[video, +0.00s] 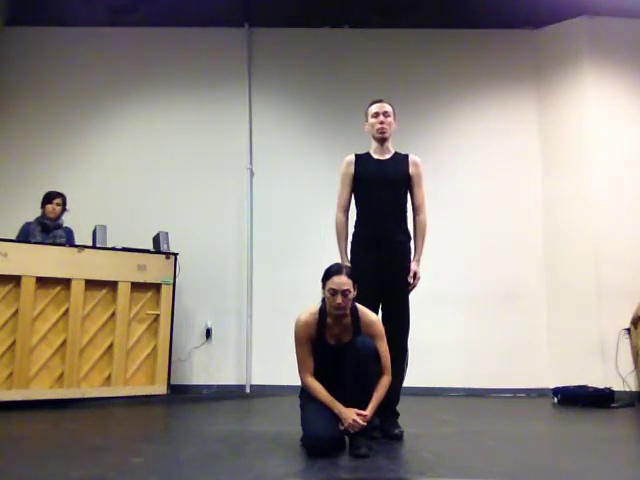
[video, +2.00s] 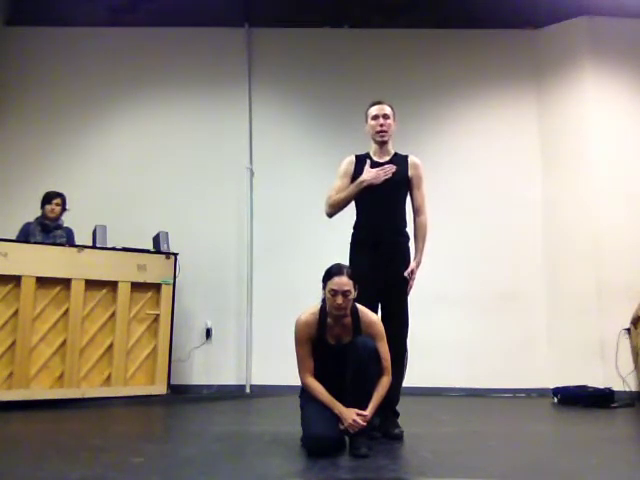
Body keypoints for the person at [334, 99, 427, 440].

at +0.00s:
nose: (381, 120)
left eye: (386, 115)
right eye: (375, 116)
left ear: (395, 123)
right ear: (366, 125)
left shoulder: (411, 165)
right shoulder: (352, 164)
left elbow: (420, 214)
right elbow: (341, 213)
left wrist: (417, 259)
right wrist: (344, 261)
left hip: (397, 259)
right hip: (363, 259)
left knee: (396, 339)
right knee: (359, 338)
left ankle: (389, 415)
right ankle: (360, 417)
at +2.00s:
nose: (381, 122)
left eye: (387, 117)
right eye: (376, 117)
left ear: (395, 124)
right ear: (366, 126)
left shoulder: (411, 166)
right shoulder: (353, 164)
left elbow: (420, 215)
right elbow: (331, 207)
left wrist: (417, 260)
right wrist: (363, 182)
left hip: (396, 258)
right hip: (362, 257)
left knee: (395, 339)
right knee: (359, 337)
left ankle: (388, 415)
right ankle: (359, 416)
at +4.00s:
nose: (381, 125)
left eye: (386, 119)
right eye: (375, 120)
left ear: (394, 125)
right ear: (366, 127)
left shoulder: (409, 166)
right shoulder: (353, 164)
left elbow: (419, 215)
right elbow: (333, 205)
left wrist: (416, 259)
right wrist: (365, 176)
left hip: (394, 257)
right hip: (362, 257)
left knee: (395, 337)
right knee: (359, 336)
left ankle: (388, 415)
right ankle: (358, 416)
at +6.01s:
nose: (383, 126)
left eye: (387, 120)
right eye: (377, 121)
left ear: (395, 125)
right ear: (366, 126)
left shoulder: (410, 166)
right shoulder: (353, 163)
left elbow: (418, 215)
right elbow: (333, 206)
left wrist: (416, 260)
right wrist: (365, 177)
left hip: (394, 257)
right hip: (361, 256)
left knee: (394, 337)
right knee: (358, 336)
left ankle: (388, 415)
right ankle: (359, 416)